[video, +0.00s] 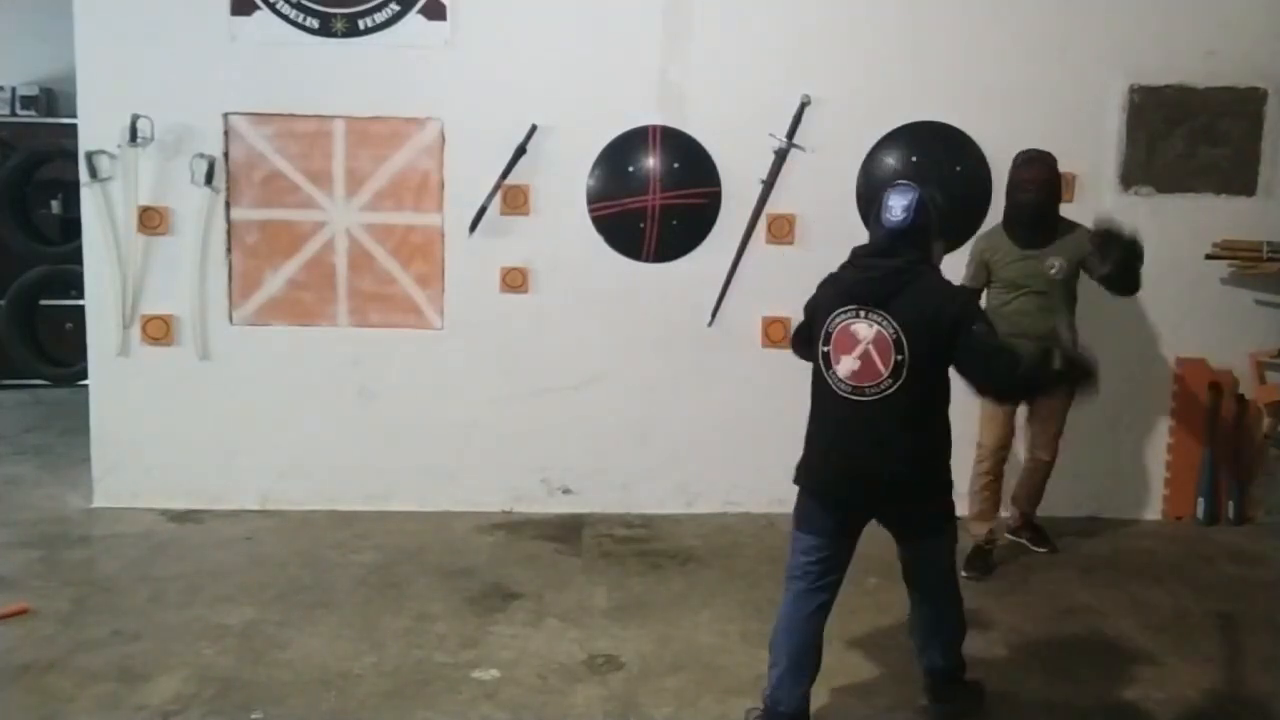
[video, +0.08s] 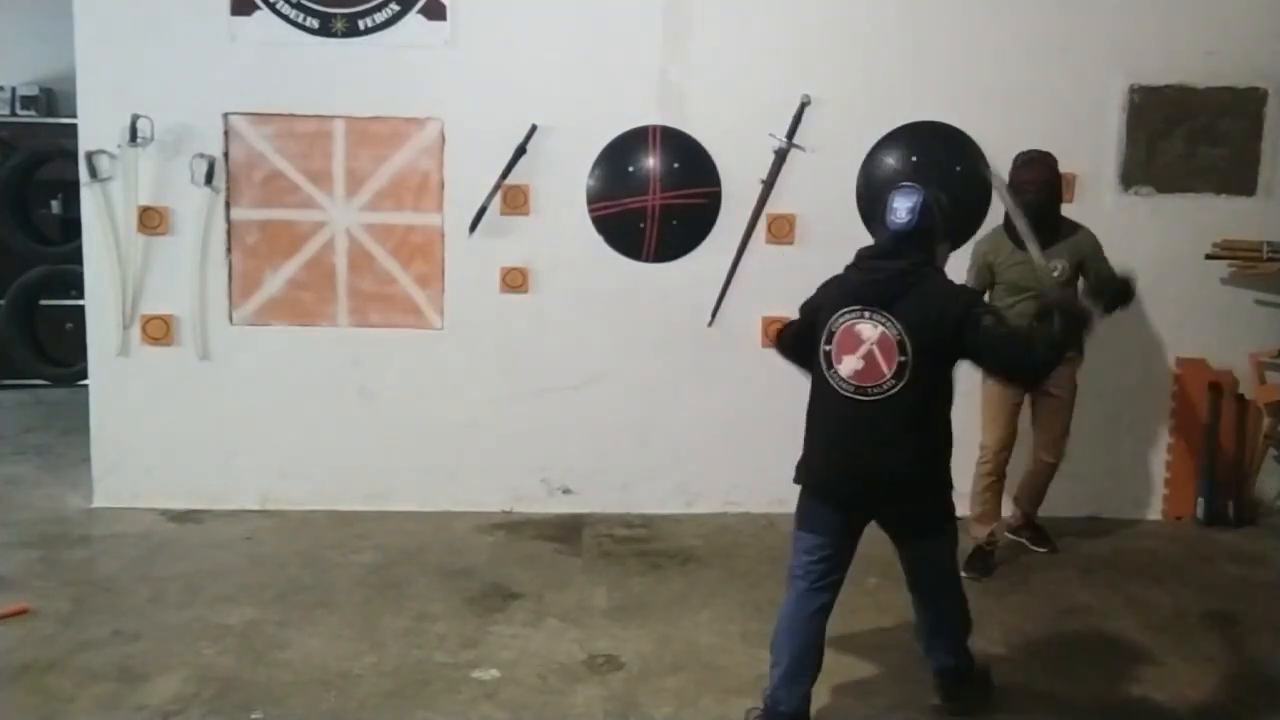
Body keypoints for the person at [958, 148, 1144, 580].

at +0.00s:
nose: (1029, 195)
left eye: (1038, 187)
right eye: (1021, 186)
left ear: (1057, 191)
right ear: (1008, 189)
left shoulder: (1076, 241)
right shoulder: (989, 244)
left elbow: (1123, 286)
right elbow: (963, 307)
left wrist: (1124, 260)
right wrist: (970, 353)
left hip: (1055, 364)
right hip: (1000, 361)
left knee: (1042, 453)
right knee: (991, 449)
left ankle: (1021, 520)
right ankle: (982, 538)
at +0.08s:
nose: (1033, 197)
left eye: (1042, 188)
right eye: (1025, 188)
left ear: (1059, 191)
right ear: (1010, 191)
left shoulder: (1079, 241)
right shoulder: (991, 247)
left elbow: (1105, 294)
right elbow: (969, 308)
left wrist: (1118, 291)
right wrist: (982, 342)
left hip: (1059, 362)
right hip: (1004, 359)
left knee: (1049, 454)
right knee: (994, 450)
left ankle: (1021, 519)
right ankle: (982, 539)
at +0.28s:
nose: (1041, 208)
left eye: (1050, 200)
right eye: (1033, 199)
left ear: (1065, 201)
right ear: (1021, 201)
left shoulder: (1089, 250)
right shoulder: (1004, 251)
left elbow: (1116, 306)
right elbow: (973, 293)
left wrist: (1079, 317)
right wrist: (1014, 319)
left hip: (1069, 371)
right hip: (1014, 368)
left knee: (1083, 452)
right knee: (997, 453)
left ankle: (1061, 508)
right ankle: (984, 539)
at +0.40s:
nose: (1054, 214)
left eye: (1064, 206)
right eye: (1048, 205)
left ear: (1081, 211)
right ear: (1037, 208)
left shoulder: (1103, 260)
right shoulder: (1020, 257)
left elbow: (1140, 318)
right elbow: (981, 297)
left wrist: (1110, 299)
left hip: (1081, 375)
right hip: (1026, 369)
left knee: (1096, 463)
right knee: (1012, 453)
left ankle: (1078, 516)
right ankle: (988, 537)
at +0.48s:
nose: (1069, 225)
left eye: (1079, 217)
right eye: (1063, 215)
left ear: (1094, 223)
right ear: (1052, 219)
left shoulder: (1110, 273)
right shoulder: (1029, 265)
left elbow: (1148, 326)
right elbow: (990, 311)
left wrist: (1124, 295)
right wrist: (1002, 274)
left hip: (1083, 385)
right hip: (1031, 378)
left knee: (1103, 475)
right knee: (1023, 458)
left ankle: (1078, 517)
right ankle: (996, 541)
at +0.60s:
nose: (1090, 253)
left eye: (1100, 245)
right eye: (1084, 243)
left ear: (1110, 251)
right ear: (1070, 244)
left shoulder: (1116, 296)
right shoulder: (1038, 292)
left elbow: (1133, 337)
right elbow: (1007, 345)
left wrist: (1115, 313)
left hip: (1082, 400)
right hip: (1030, 393)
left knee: (1106, 488)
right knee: (1026, 462)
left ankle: (1077, 518)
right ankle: (1015, 535)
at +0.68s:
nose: (1085, 259)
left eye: (1094, 251)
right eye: (1078, 248)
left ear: (1105, 256)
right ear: (1063, 249)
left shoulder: (1111, 300)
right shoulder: (1038, 294)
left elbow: (1131, 344)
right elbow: (1004, 343)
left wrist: (1111, 318)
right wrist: (1036, 343)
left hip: (1078, 405)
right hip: (1027, 400)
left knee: (1105, 488)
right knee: (1018, 457)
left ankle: (1078, 515)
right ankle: (1008, 537)